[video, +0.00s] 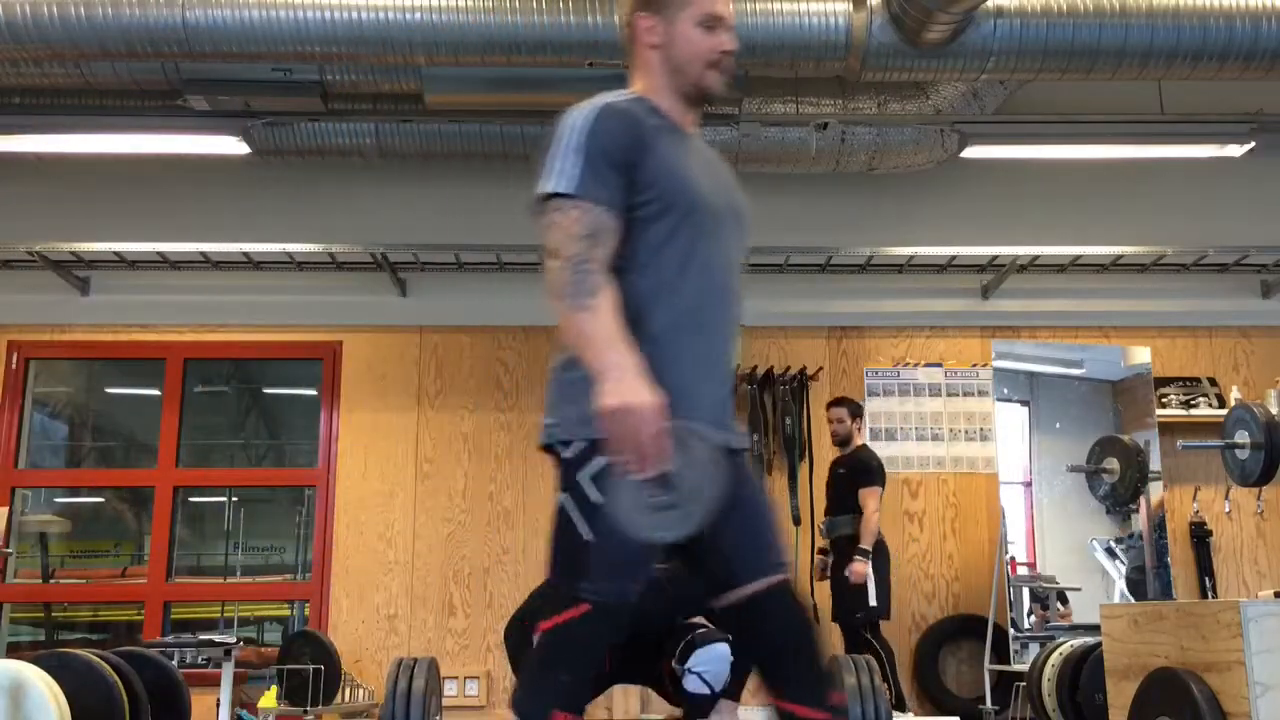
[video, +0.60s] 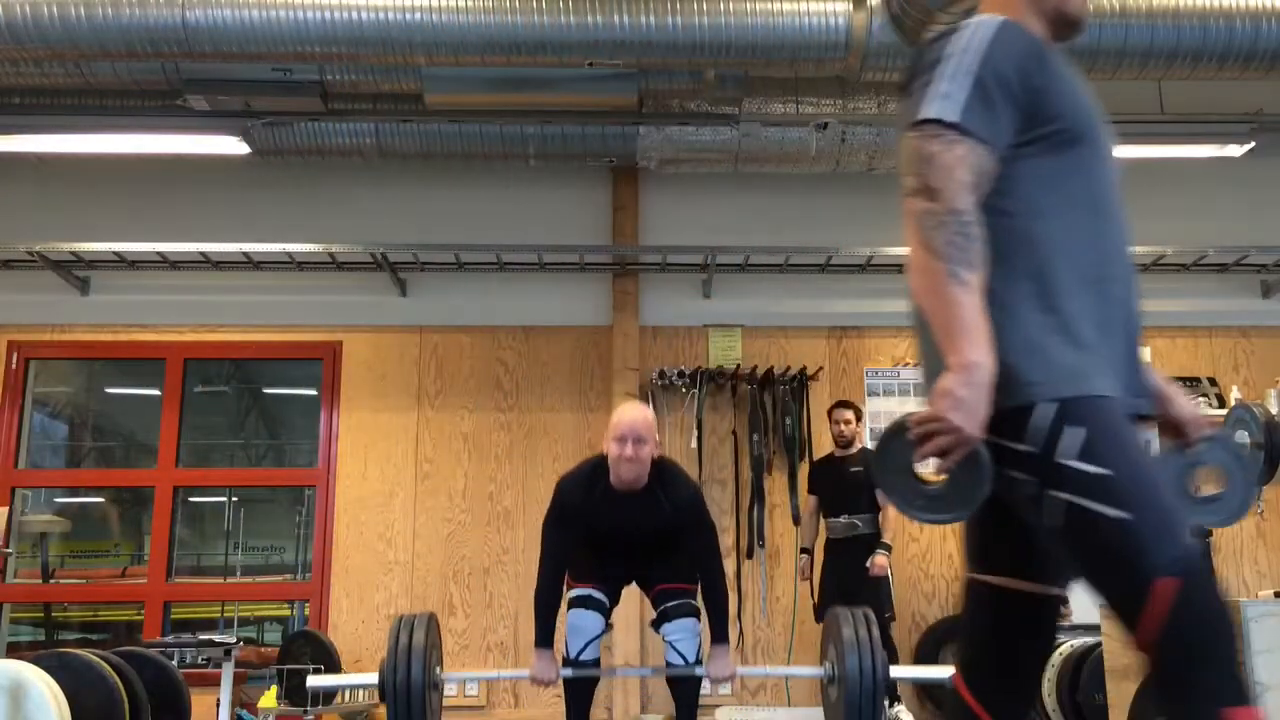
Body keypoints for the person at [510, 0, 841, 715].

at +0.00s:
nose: (729, 45)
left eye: (732, 29)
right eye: (709, 25)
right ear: (650, 31)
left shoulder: (709, 160)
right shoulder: (604, 122)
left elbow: (688, 298)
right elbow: (574, 267)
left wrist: (714, 414)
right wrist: (618, 373)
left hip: (710, 443)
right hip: (619, 437)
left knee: (788, 647)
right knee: (577, 652)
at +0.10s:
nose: (794, 47)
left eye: (795, 31)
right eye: (773, 26)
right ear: (713, 32)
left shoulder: (768, 160)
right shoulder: (674, 122)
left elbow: (743, 309)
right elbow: (640, 266)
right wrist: (702, 364)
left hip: (785, 438)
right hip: (691, 441)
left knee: (873, 653)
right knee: (624, 670)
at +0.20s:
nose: (863, 37)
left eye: (866, 21)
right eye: (843, 15)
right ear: (781, 19)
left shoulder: (828, 145)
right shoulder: (748, 107)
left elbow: (819, 284)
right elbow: (709, 241)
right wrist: (779, 346)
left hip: (859, 431)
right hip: (773, 430)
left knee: (933, 641)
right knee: (760, 649)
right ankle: (684, 692)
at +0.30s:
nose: (925, 22)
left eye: (929, 10)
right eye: (909, 4)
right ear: (845, 8)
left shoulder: (883, 124)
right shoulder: (812, 86)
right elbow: (772, 224)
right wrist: (842, 333)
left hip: (918, 417)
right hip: (864, 411)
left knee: (963, 620)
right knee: (908, 611)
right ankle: (793, 701)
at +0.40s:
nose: (983, 5)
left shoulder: (936, 105)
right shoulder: (869, 65)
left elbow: (946, 279)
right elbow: (829, 214)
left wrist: (996, 429)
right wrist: (889, 342)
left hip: (959, 404)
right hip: (916, 399)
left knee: (972, 627)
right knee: (1001, 611)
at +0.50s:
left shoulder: (994, 87)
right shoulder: (931, 50)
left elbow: (1012, 275)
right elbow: (885, 207)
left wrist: (1083, 400)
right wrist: (925, 355)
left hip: (1005, 395)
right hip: (981, 394)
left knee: (974, 655)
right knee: (1108, 618)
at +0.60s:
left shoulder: (1044, 69)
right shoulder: (992, 39)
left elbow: (1058, 276)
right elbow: (936, 200)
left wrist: (1160, 393)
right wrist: (970, 364)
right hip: (1048, 397)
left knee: (1000, 673)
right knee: (1198, 645)